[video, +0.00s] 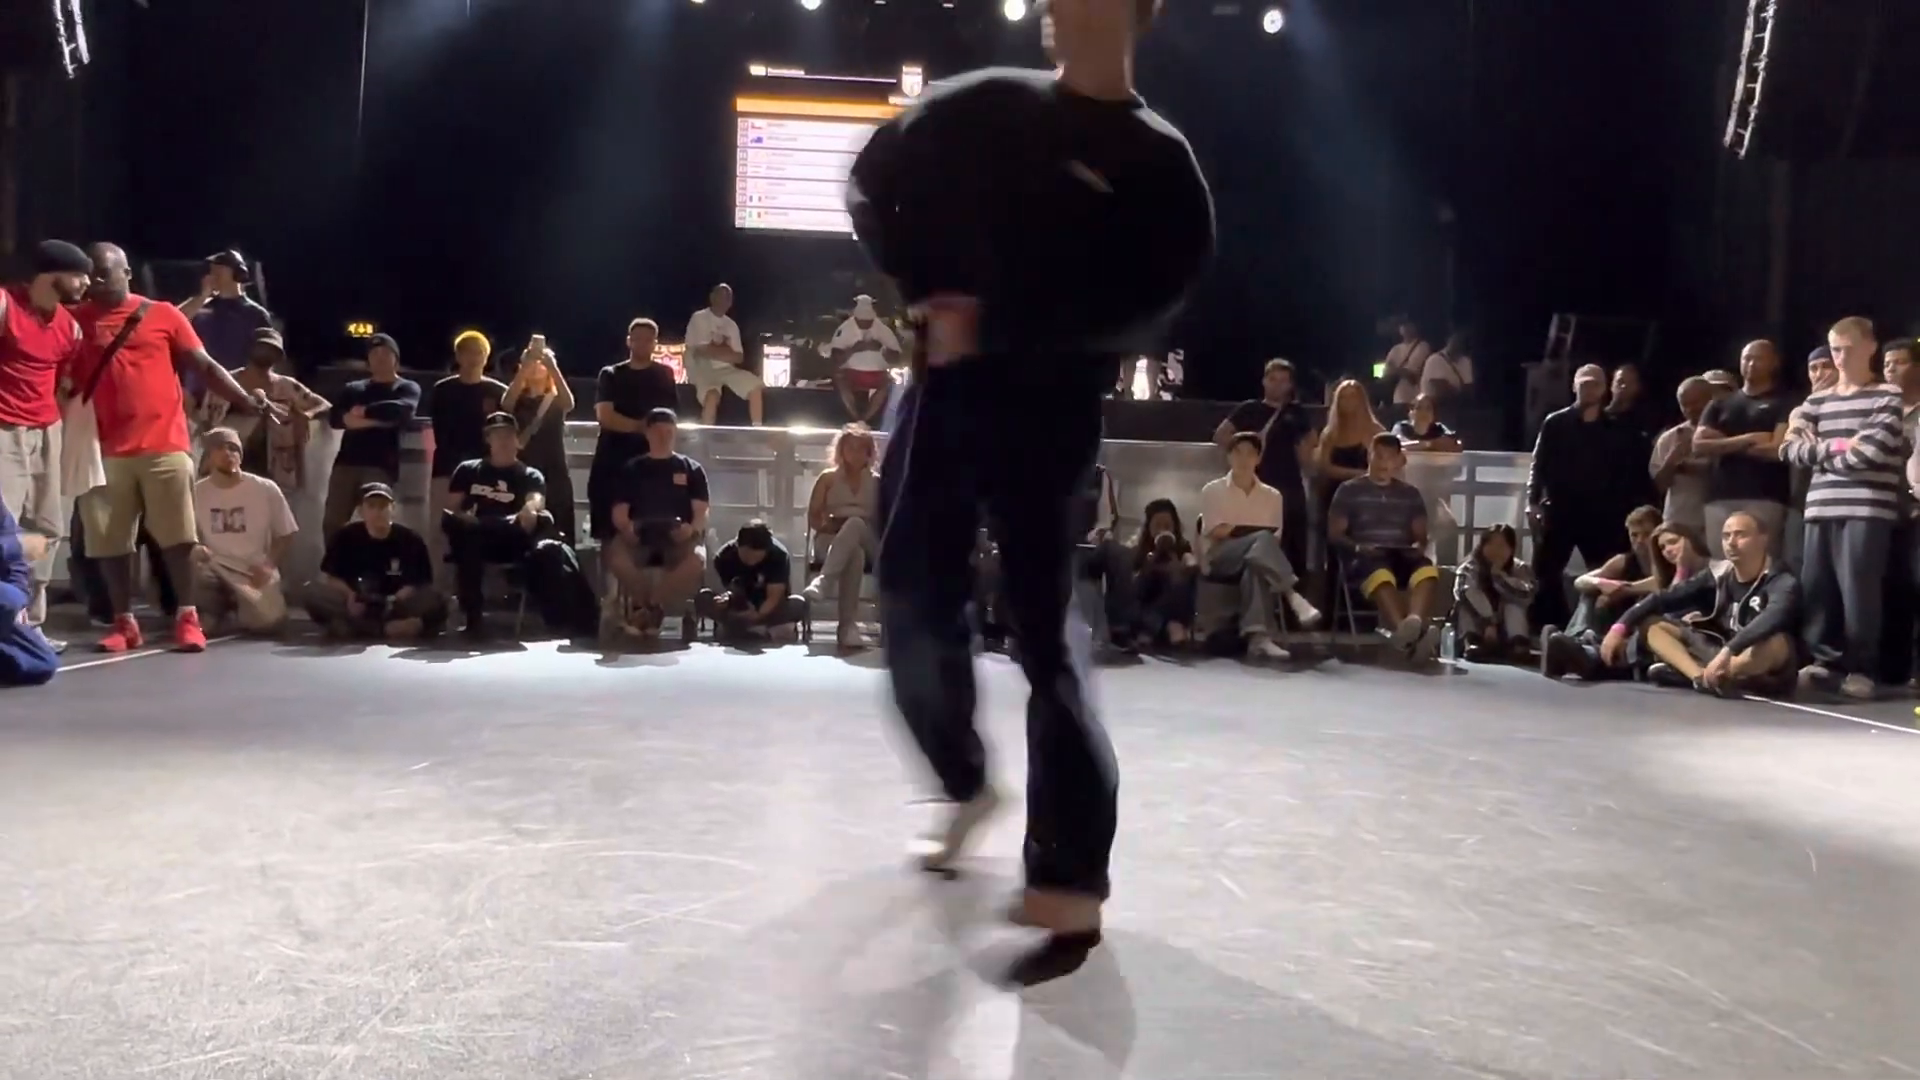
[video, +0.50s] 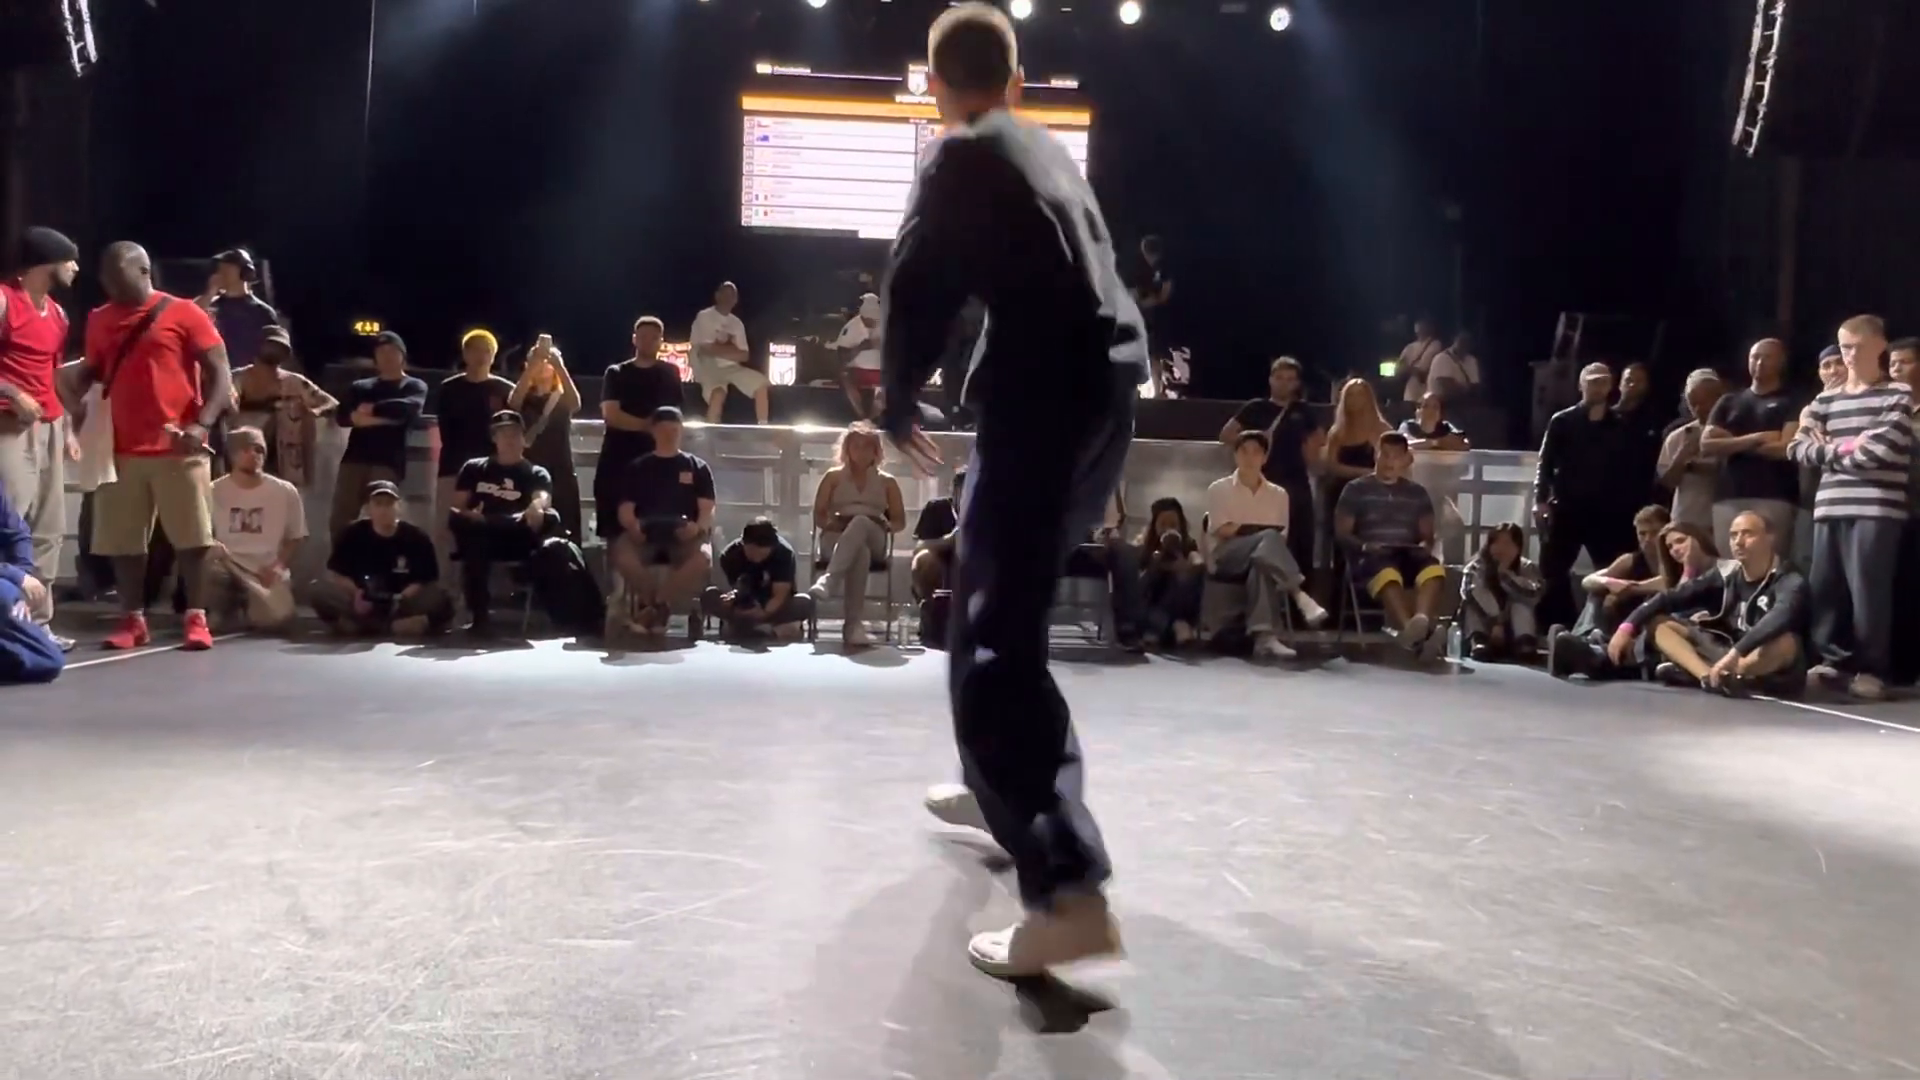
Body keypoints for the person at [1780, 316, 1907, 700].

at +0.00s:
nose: (1838, 357)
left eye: (1846, 349)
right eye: (1833, 350)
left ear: (1870, 348)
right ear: (1830, 352)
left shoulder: (1888, 398)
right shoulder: (1817, 400)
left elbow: (1869, 453)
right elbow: (1791, 448)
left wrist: (1818, 451)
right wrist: (1840, 447)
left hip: (1865, 509)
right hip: (1819, 510)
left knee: (1858, 588)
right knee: (1816, 585)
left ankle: (1862, 670)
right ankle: (1825, 662)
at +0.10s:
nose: (1841, 355)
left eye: (1850, 348)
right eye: (1837, 348)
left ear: (1873, 349)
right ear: (1833, 351)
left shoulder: (1888, 397)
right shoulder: (1819, 400)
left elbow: (1870, 454)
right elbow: (1790, 449)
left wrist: (1819, 452)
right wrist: (1838, 449)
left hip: (1867, 511)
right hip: (1821, 510)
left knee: (1860, 591)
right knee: (1818, 588)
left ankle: (1864, 672)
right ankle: (1827, 663)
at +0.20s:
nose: (1843, 352)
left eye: (1851, 345)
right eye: (1839, 345)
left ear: (1874, 349)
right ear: (1835, 350)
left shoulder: (1890, 396)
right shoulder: (1818, 399)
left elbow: (1870, 454)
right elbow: (1791, 449)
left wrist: (1820, 450)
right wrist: (1839, 449)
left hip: (1869, 509)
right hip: (1823, 509)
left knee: (1862, 590)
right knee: (1819, 587)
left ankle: (1865, 670)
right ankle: (1826, 662)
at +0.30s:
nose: (1843, 352)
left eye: (1851, 345)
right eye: (1839, 345)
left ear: (1875, 348)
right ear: (1836, 350)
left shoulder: (1892, 395)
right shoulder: (1820, 398)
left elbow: (1871, 452)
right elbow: (1793, 447)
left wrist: (1822, 448)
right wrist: (1841, 448)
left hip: (1870, 508)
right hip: (1823, 508)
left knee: (1862, 589)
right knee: (1820, 585)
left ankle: (1865, 669)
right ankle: (1827, 660)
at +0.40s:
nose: (1844, 356)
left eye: (1851, 348)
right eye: (1840, 349)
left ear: (1877, 348)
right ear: (1837, 352)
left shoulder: (1897, 397)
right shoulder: (1824, 399)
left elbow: (1874, 452)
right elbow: (1796, 446)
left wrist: (1825, 448)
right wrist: (1843, 448)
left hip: (1873, 508)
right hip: (1826, 508)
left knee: (1865, 588)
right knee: (1823, 585)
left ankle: (1868, 669)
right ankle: (1830, 661)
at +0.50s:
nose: (1846, 356)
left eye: (1854, 348)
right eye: (1842, 349)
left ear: (1879, 349)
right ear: (1839, 351)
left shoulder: (1899, 398)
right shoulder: (1826, 400)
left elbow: (1874, 455)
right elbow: (1797, 447)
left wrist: (1826, 448)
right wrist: (1845, 449)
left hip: (1875, 510)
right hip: (1829, 509)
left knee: (1867, 589)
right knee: (1825, 586)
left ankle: (1871, 670)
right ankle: (1832, 662)